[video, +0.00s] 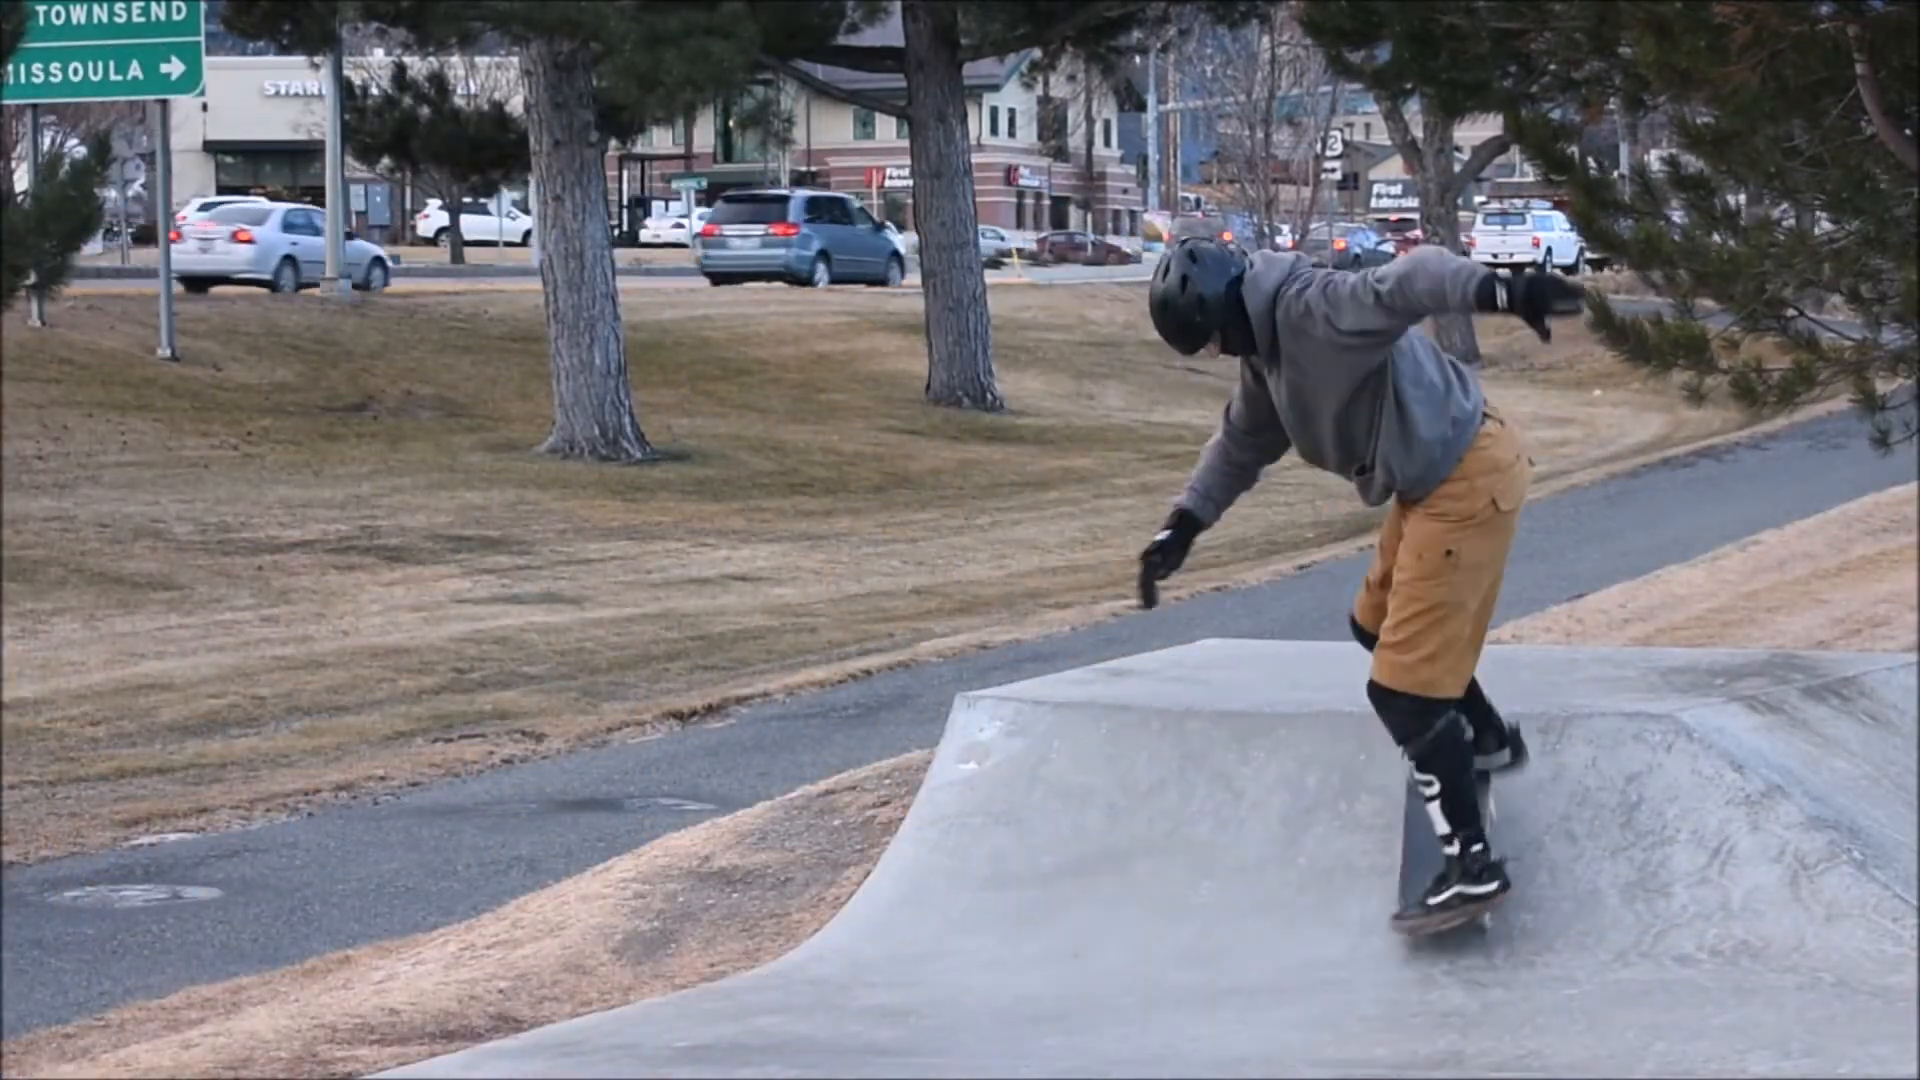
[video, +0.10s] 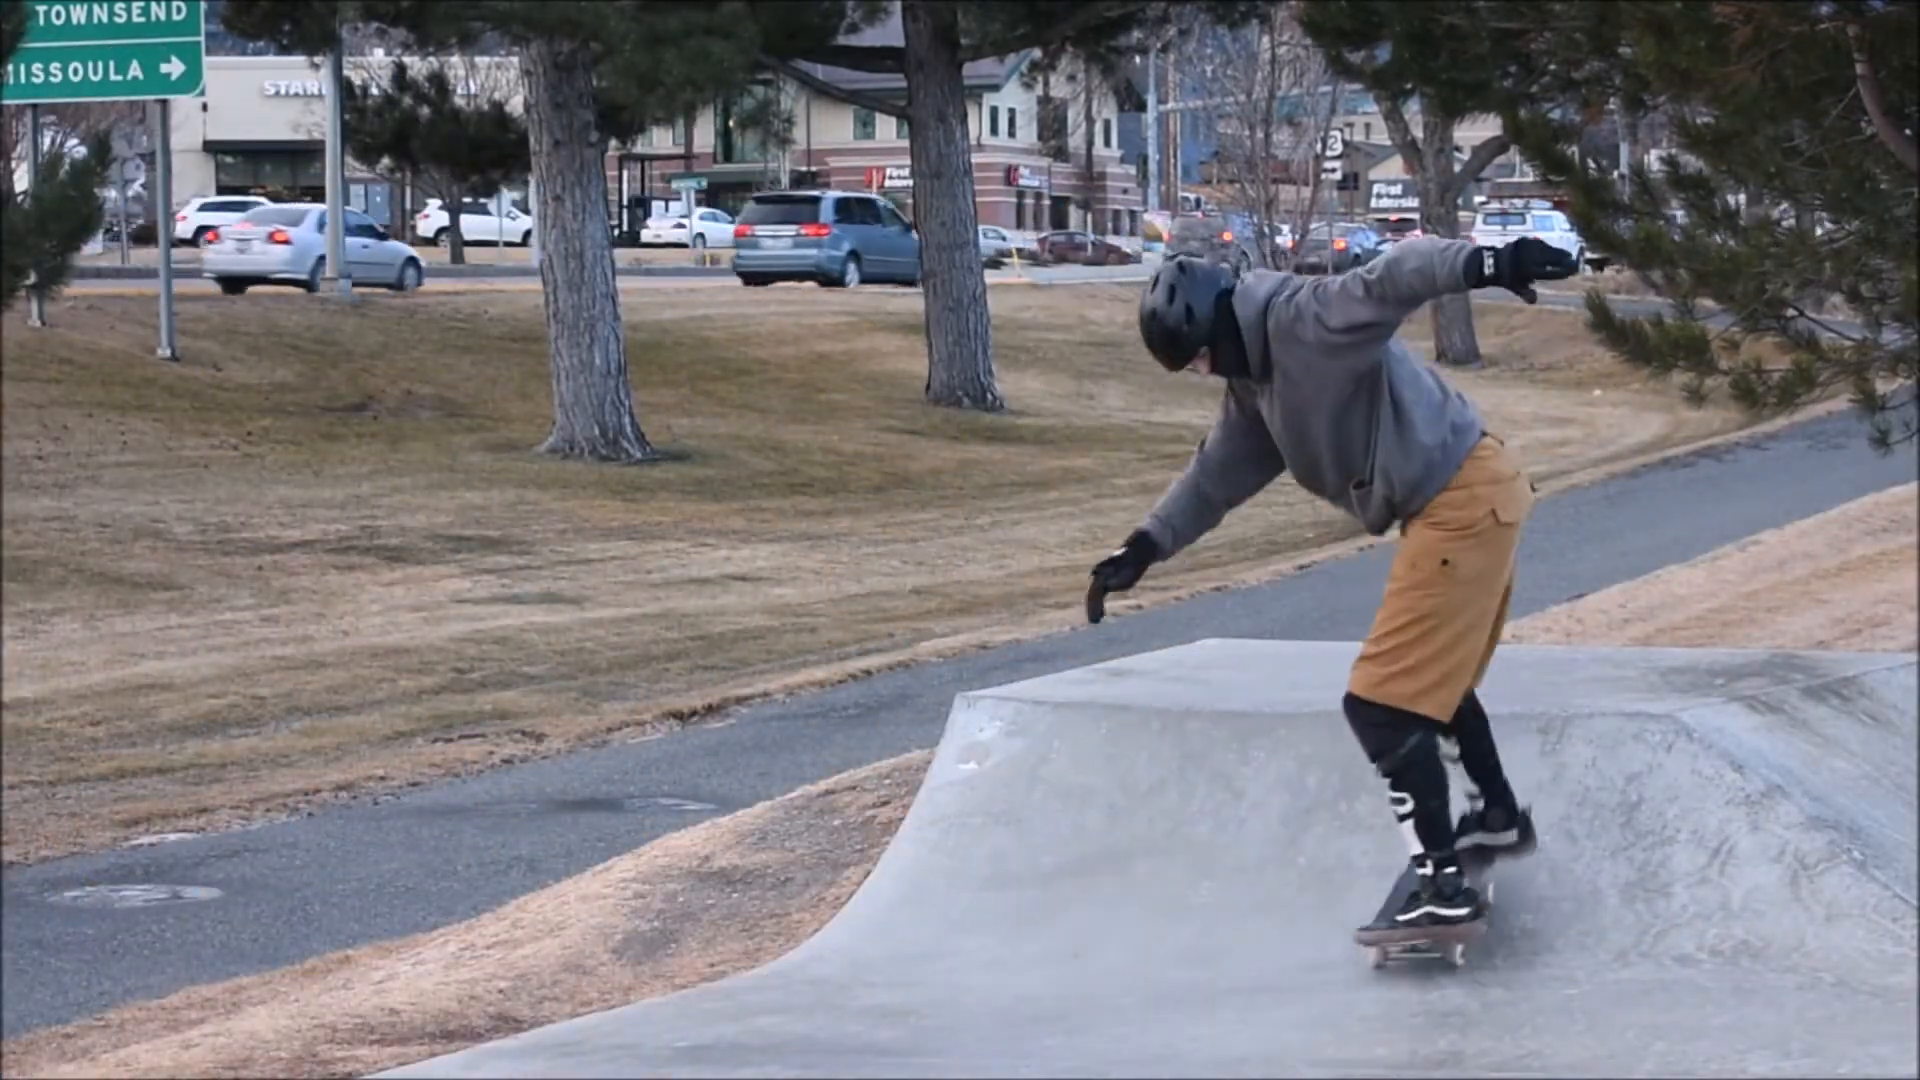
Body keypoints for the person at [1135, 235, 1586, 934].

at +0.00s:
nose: (1218, 349)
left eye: (1212, 335)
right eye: (1206, 343)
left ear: (1225, 302)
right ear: (1223, 302)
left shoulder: (1314, 305)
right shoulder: (1269, 358)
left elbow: (1400, 283)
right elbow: (1240, 444)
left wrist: (1501, 287)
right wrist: (1183, 526)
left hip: (1468, 471)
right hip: (1425, 478)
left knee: (1406, 683)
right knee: (1379, 624)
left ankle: (1472, 863)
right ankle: (1486, 735)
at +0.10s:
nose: (1204, 370)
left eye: (1200, 355)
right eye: (1193, 362)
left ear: (1217, 318)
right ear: (1209, 325)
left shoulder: (1301, 315)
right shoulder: (1259, 386)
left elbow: (1386, 277)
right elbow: (1216, 474)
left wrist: (1488, 263)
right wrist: (1140, 548)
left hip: (1465, 497)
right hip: (1459, 494)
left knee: (1380, 703)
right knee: (1437, 679)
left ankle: (1439, 878)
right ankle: (1497, 812)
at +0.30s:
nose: (1169, 363)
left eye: (1166, 346)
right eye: (1158, 354)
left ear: (1190, 316)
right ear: (1180, 328)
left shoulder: (1275, 330)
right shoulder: (1237, 395)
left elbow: (1392, 323)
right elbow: (1231, 505)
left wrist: (1497, 362)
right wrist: (1174, 567)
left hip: (1433, 518)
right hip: (1435, 522)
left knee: (1322, 717)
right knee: (1392, 737)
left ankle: (1397, 907)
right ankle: (1461, 886)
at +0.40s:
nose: (1152, 340)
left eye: (1153, 321)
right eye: (1141, 329)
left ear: (1183, 293)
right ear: (1155, 313)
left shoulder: (1264, 324)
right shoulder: (1224, 374)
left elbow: (1389, 366)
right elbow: (1238, 501)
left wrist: (1457, 456)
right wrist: (1188, 582)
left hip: (1411, 523)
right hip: (1396, 530)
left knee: (1299, 724)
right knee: (1364, 739)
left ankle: (1376, 919)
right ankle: (1442, 893)